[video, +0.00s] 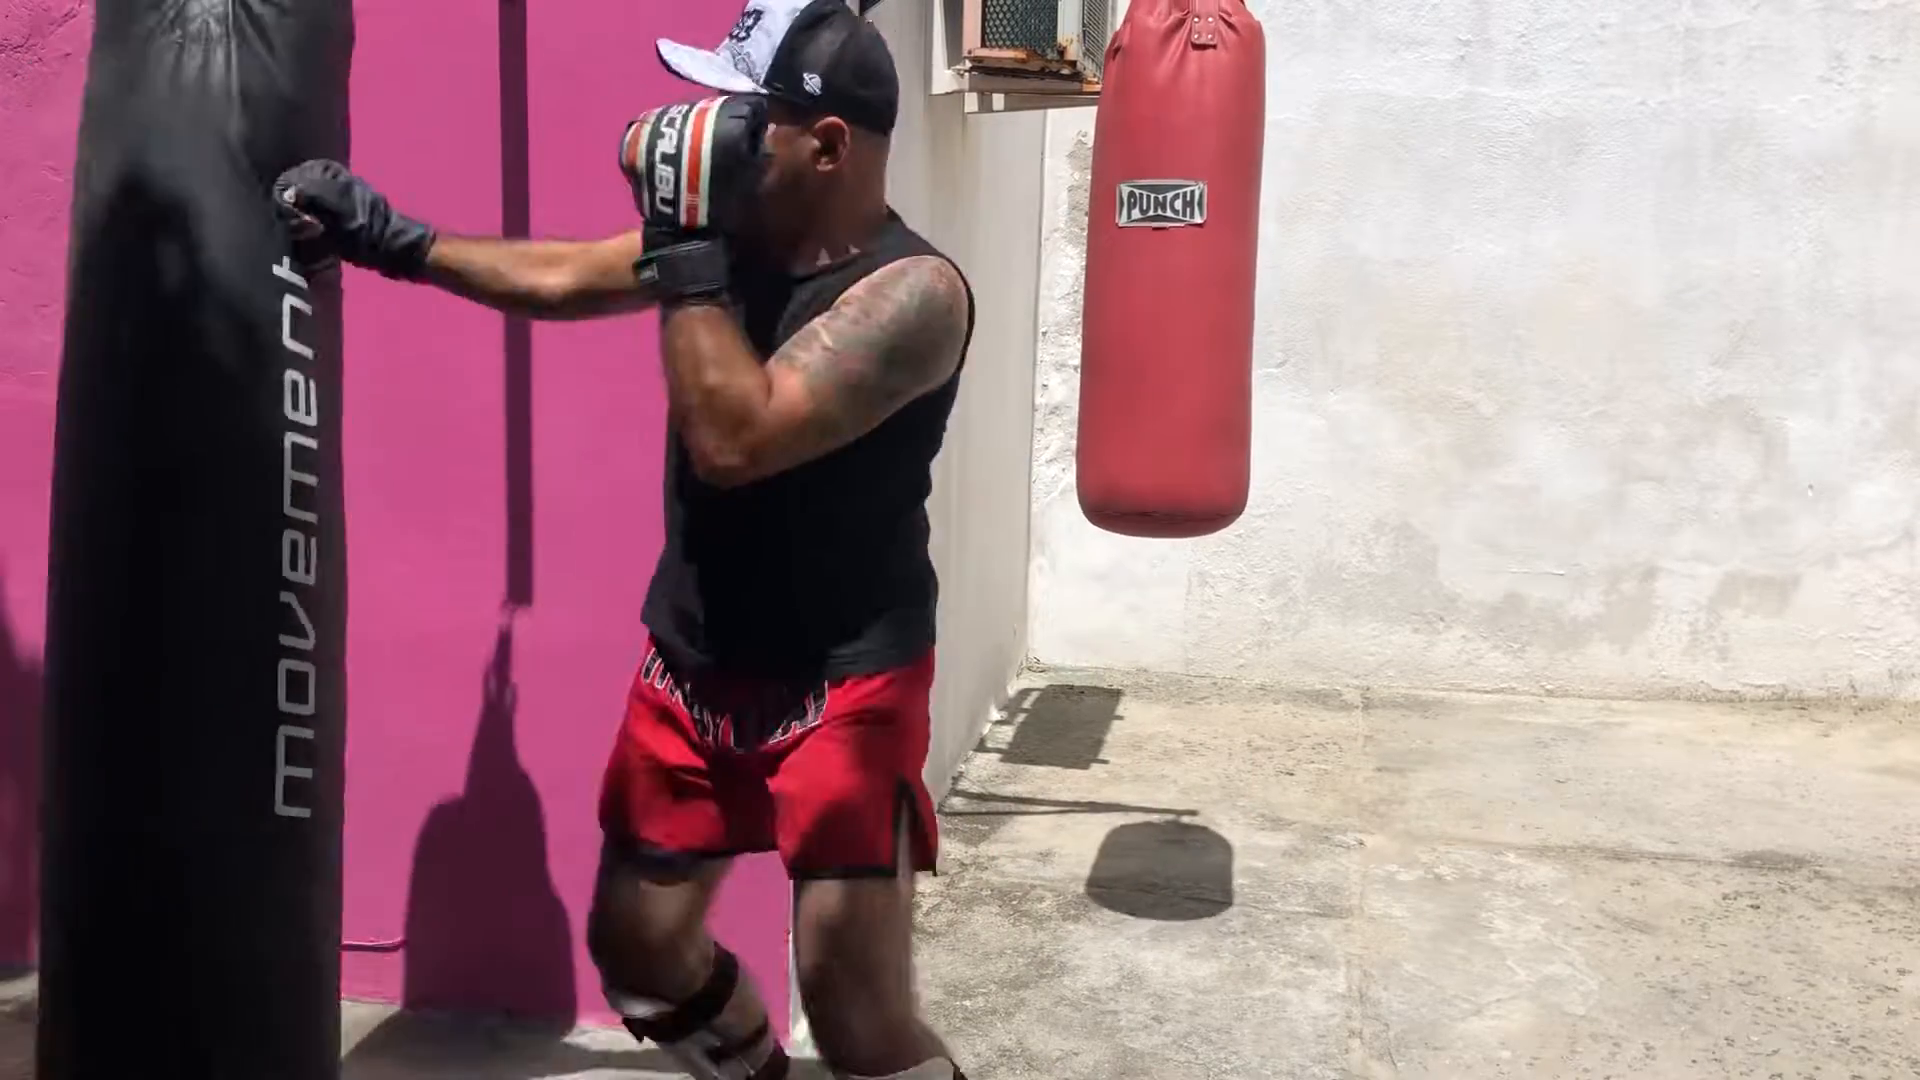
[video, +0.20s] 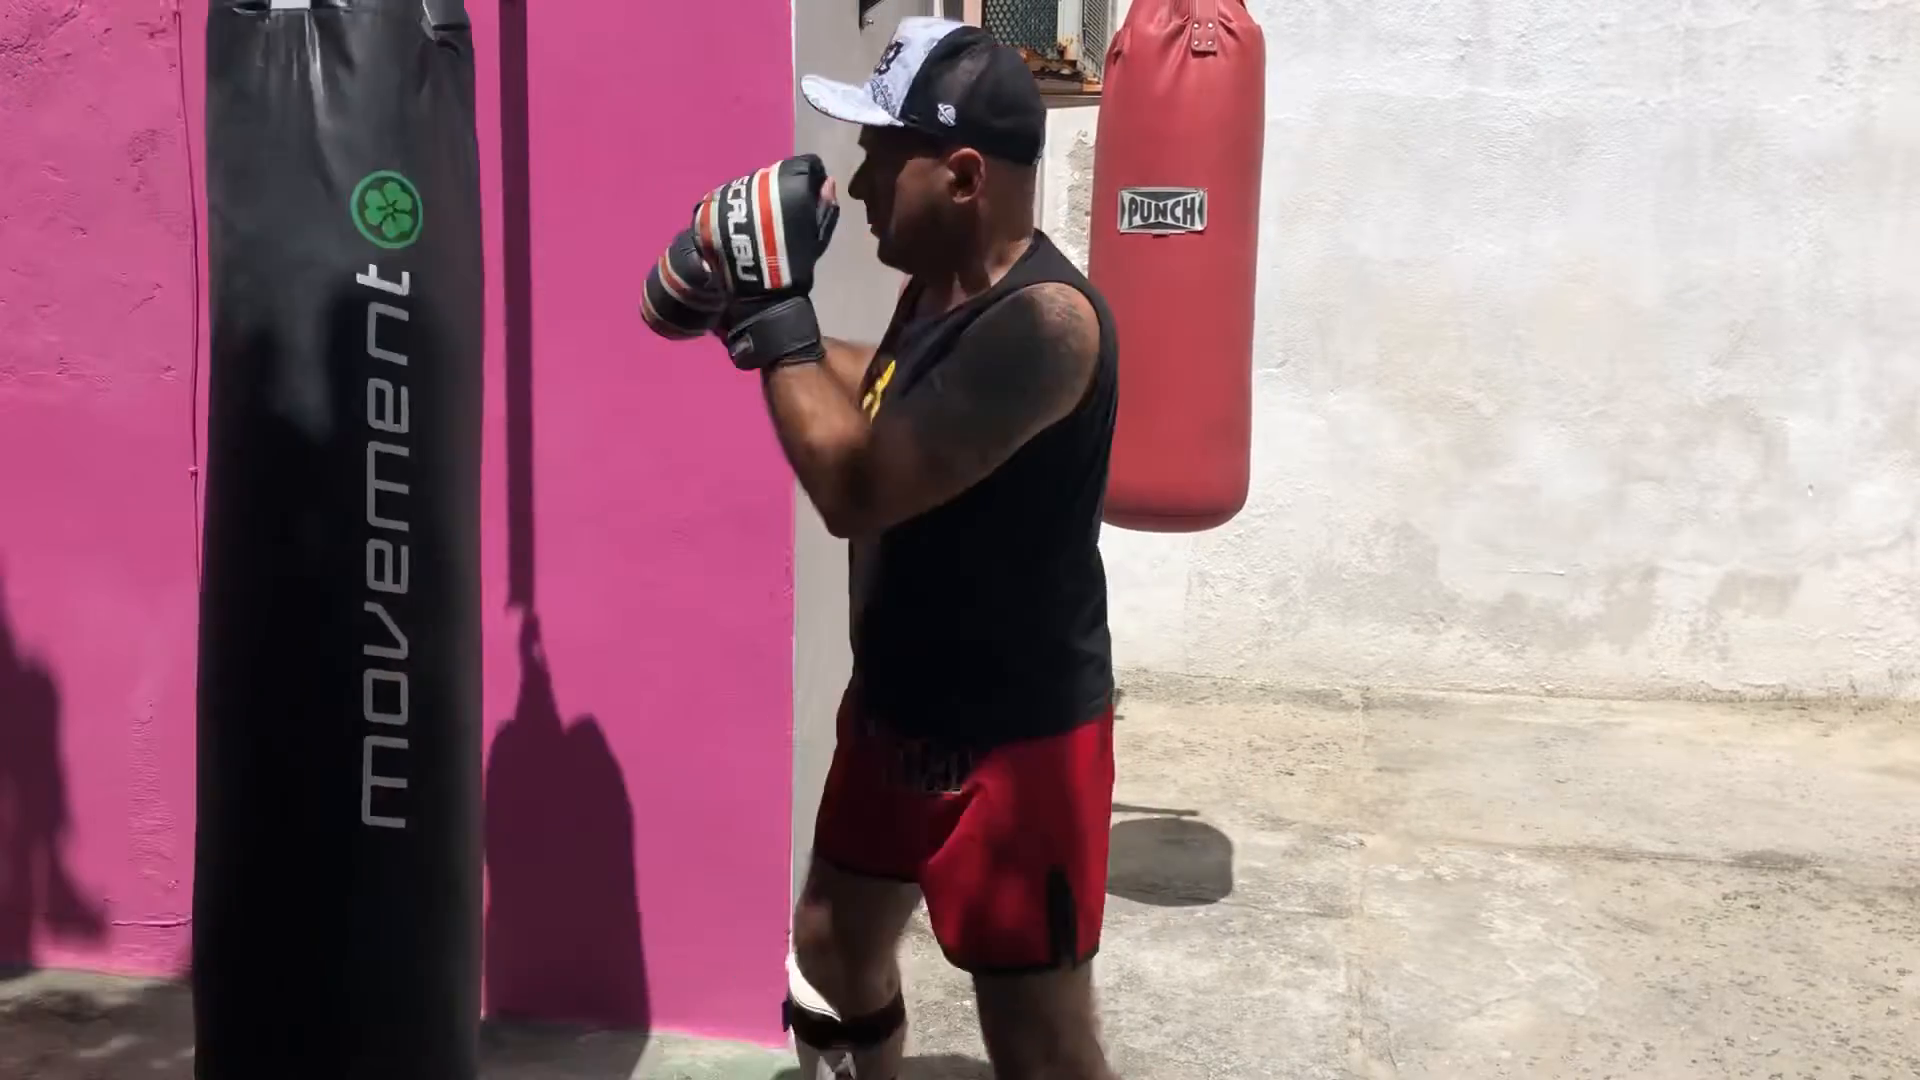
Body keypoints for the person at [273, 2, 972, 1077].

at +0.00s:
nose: (726, 140)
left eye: (751, 120)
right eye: (729, 118)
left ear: (828, 144)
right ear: (817, 144)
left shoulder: (916, 296)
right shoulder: (741, 241)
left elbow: (732, 437)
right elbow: (564, 279)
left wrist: (683, 246)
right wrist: (397, 239)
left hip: (844, 679)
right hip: (694, 661)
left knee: (857, 1014)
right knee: (639, 944)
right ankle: (764, 1070)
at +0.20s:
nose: (857, 182)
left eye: (881, 156)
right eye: (865, 153)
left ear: (963, 173)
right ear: (960, 175)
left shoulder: (1048, 320)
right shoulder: (943, 282)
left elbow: (860, 493)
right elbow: (886, 394)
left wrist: (769, 315)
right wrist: (749, 316)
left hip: (1019, 733)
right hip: (899, 703)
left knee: (1041, 1038)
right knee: (839, 944)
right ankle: (864, 1071)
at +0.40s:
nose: (955, 174)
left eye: (975, 146)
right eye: (959, 145)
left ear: (1054, 161)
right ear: (1050, 160)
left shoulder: (1150, 301)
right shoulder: (1029, 285)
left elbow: (989, 488)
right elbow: (985, 420)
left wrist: (886, 320)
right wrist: (877, 307)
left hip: (1111, 717)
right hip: (1001, 699)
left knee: (1108, 1037)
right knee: (988, 964)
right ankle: (1100, 1066)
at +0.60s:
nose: (971, 195)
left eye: (990, 168)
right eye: (973, 168)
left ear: (1065, 182)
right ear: (1063, 183)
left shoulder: (1148, 315)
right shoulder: (1080, 308)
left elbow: (1015, 505)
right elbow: (1013, 442)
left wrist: (918, 344)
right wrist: (917, 341)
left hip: (1137, 718)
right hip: (1089, 710)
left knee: (1065, 1040)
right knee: (1157, 1000)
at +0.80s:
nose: (965, 188)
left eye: (982, 160)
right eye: (968, 160)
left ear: (1055, 172)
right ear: (1056, 174)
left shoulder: (1122, 311)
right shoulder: (1100, 293)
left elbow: (974, 501)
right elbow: (1091, 486)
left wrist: (872, 342)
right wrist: (981, 415)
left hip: (1107, 729)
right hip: (1110, 715)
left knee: (1057, 1042)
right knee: (1142, 993)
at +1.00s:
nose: (909, 172)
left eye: (922, 143)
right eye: (913, 144)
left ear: (983, 151)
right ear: (1010, 149)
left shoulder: (1043, 300)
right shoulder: (1137, 271)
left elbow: (901, 509)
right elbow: (1189, 468)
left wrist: (809, 354)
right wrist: (1033, 462)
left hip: (1059, 733)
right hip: (1099, 710)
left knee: (1058, 1043)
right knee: (985, 945)